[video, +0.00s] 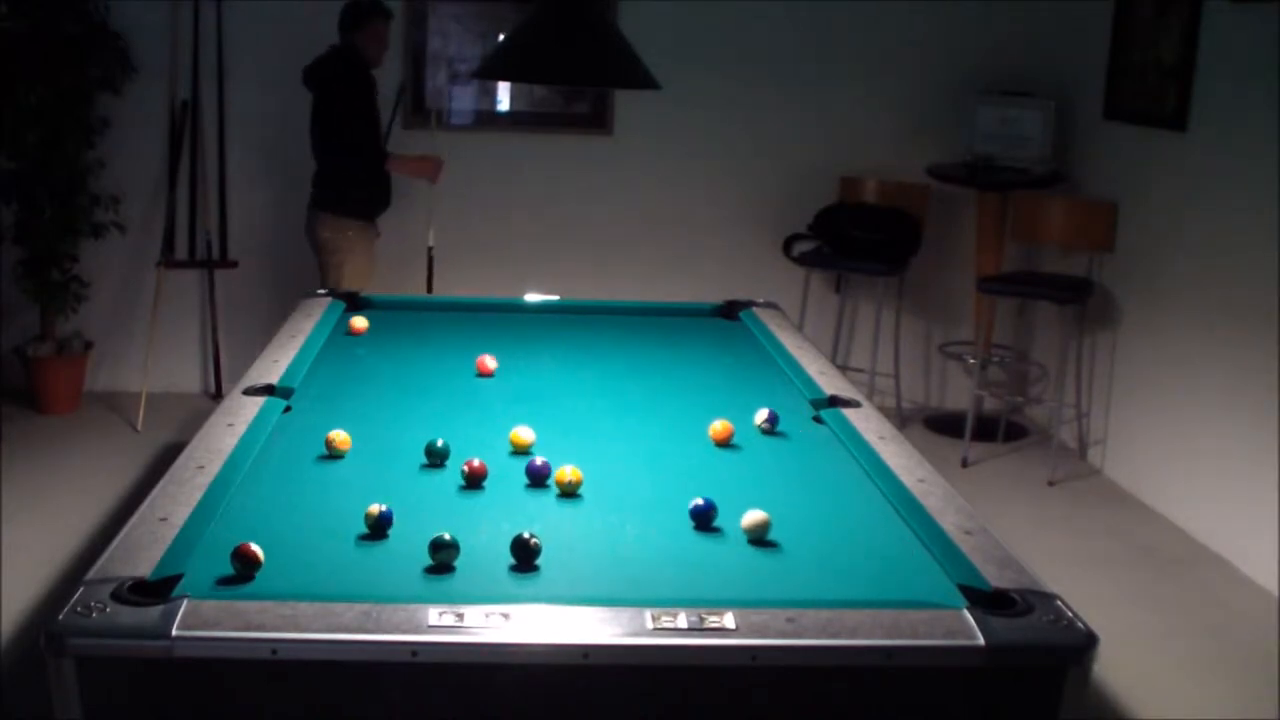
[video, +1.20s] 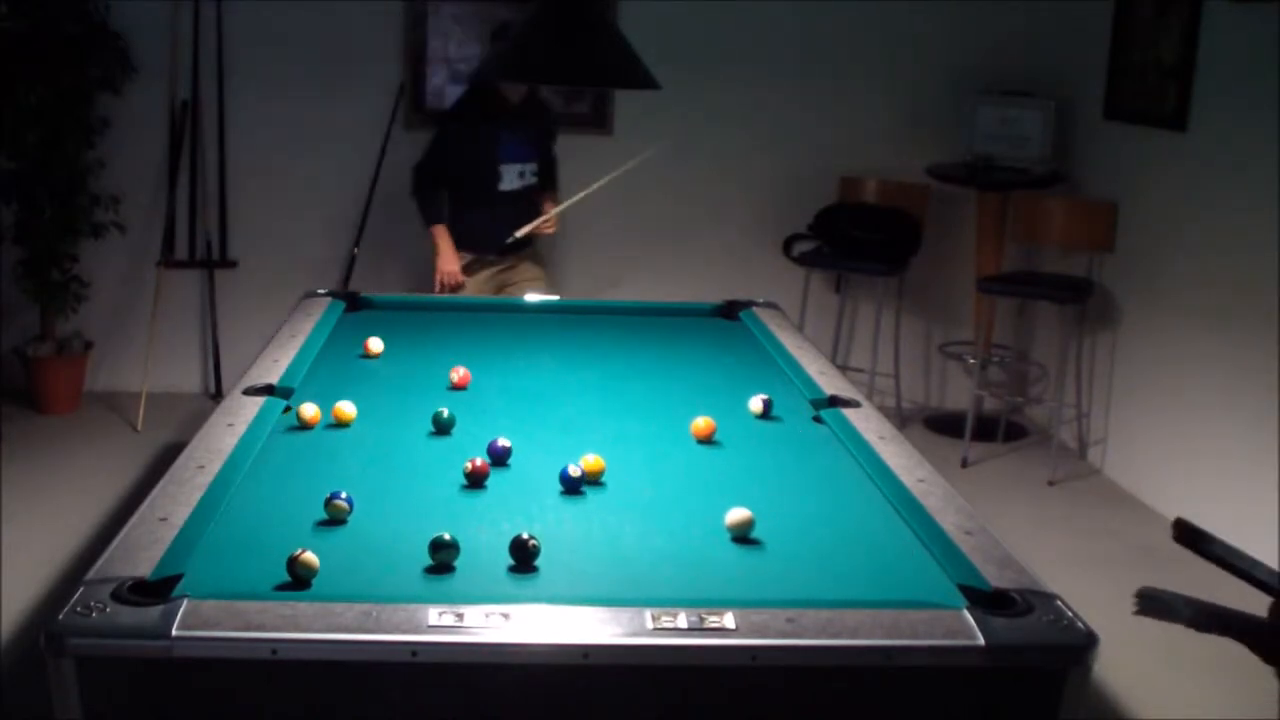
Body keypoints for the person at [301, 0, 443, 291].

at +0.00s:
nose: (385, 43)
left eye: (385, 34)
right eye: (379, 34)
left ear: (352, 34)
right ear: (362, 34)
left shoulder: (337, 73)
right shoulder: (350, 76)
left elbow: (351, 153)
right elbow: (359, 153)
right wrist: (411, 166)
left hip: (337, 215)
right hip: (347, 219)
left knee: (345, 314)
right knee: (350, 315)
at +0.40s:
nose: (361, 46)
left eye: (366, 37)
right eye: (352, 37)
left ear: (374, 39)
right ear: (333, 39)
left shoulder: (384, 92)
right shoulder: (311, 92)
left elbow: (396, 158)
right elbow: (322, 166)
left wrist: (403, 210)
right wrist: (388, 164)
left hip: (373, 231)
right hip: (327, 232)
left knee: (373, 332)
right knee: (326, 331)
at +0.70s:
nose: (363, 54)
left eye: (371, 43)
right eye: (354, 44)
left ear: (381, 43)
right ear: (338, 44)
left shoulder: (402, 91)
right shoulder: (319, 98)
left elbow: (420, 154)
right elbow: (306, 174)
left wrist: (414, 195)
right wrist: (367, 211)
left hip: (402, 240)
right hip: (346, 244)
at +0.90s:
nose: (402, 62)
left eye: (409, 52)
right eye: (393, 52)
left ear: (421, 54)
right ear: (378, 53)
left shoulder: (435, 102)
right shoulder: (354, 108)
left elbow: (452, 157)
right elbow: (332, 185)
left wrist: (459, 191)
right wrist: (372, 246)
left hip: (429, 247)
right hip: (371, 250)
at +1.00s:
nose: (435, 69)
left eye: (442, 59)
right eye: (426, 59)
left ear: (454, 61)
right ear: (411, 60)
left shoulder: (464, 109)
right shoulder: (385, 112)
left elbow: (477, 163)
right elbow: (356, 185)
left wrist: (487, 200)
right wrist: (394, 249)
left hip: (453, 251)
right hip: (395, 253)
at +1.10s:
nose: (479, 71)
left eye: (486, 62)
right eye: (470, 61)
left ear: (496, 62)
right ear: (453, 61)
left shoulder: (499, 112)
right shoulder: (426, 110)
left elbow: (510, 166)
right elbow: (388, 182)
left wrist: (514, 205)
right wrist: (418, 249)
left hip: (485, 258)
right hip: (431, 263)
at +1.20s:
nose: (516, 85)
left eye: (522, 78)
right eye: (510, 77)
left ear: (530, 77)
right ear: (496, 74)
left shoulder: (538, 113)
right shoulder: (470, 111)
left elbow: (546, 164)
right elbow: (425, 178)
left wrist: (548, 202)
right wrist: (444, 247)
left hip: (522, 257)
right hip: (468, 263)